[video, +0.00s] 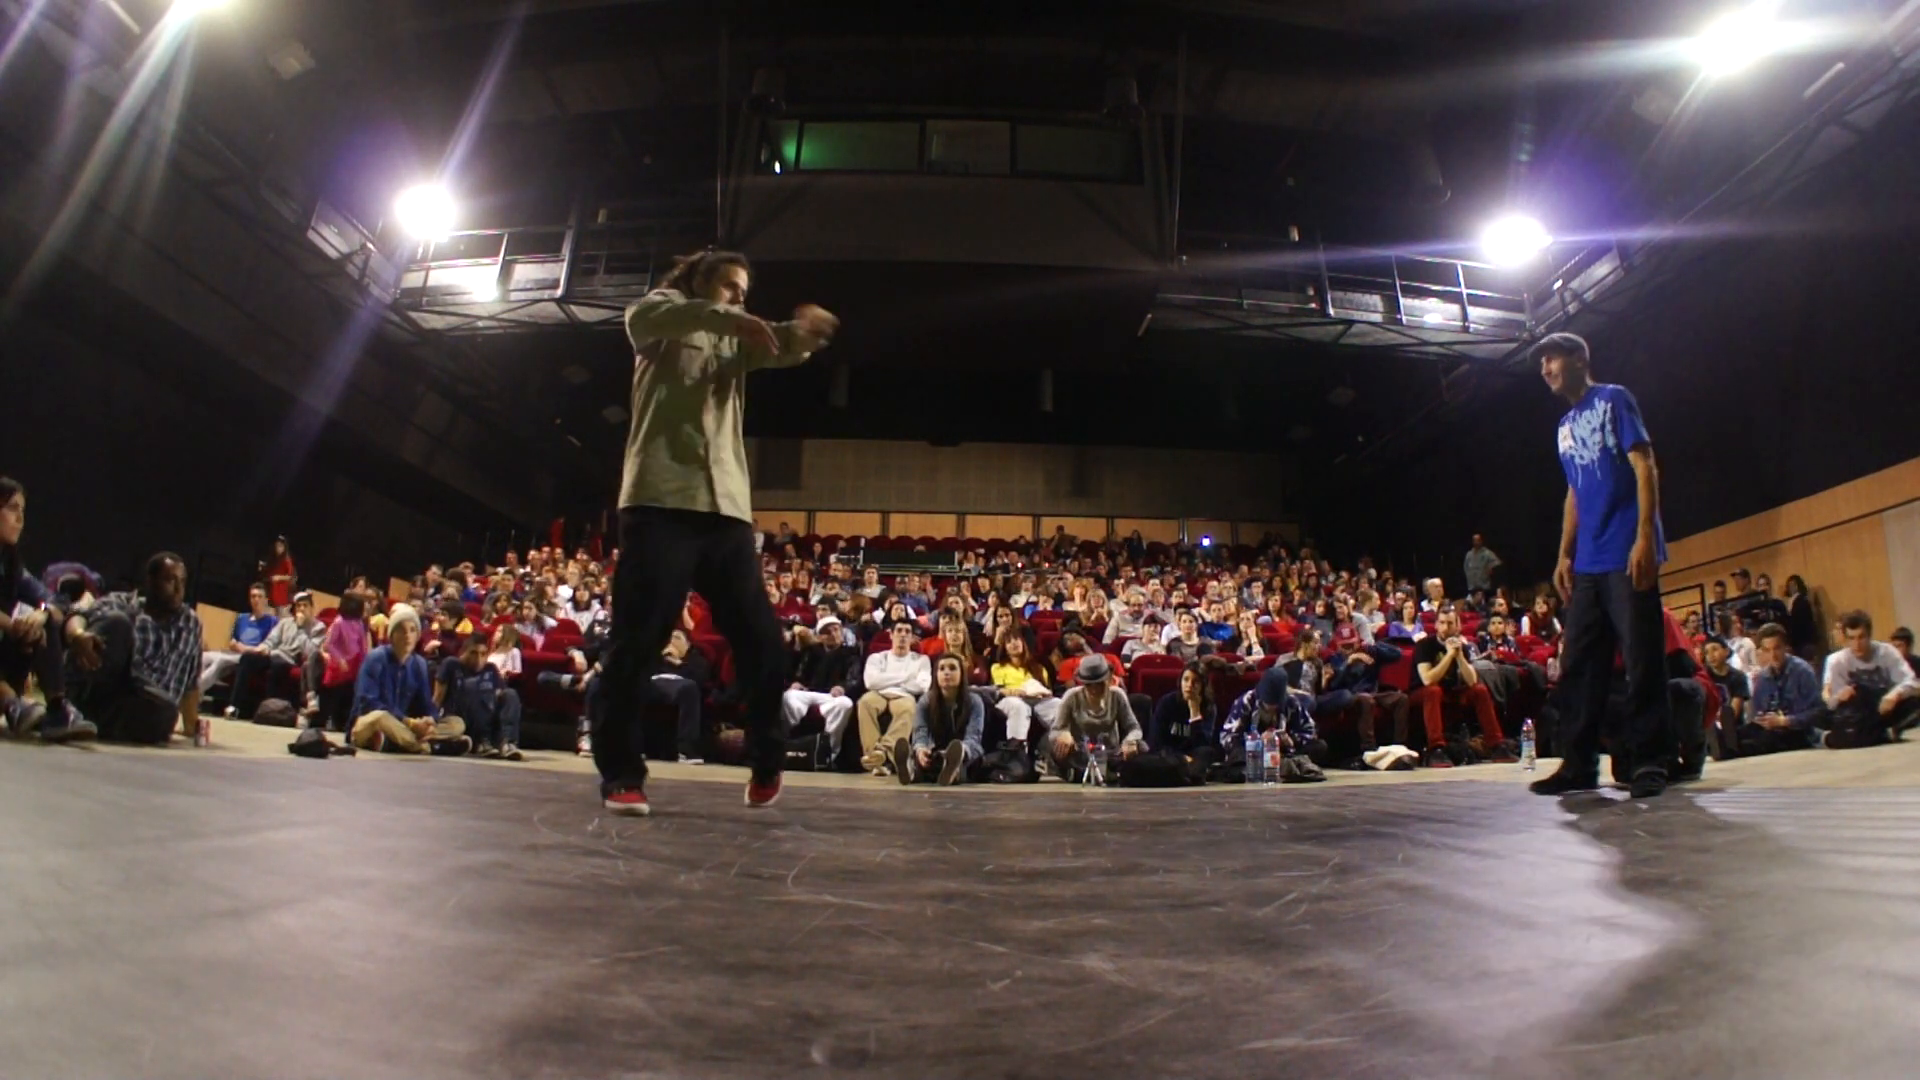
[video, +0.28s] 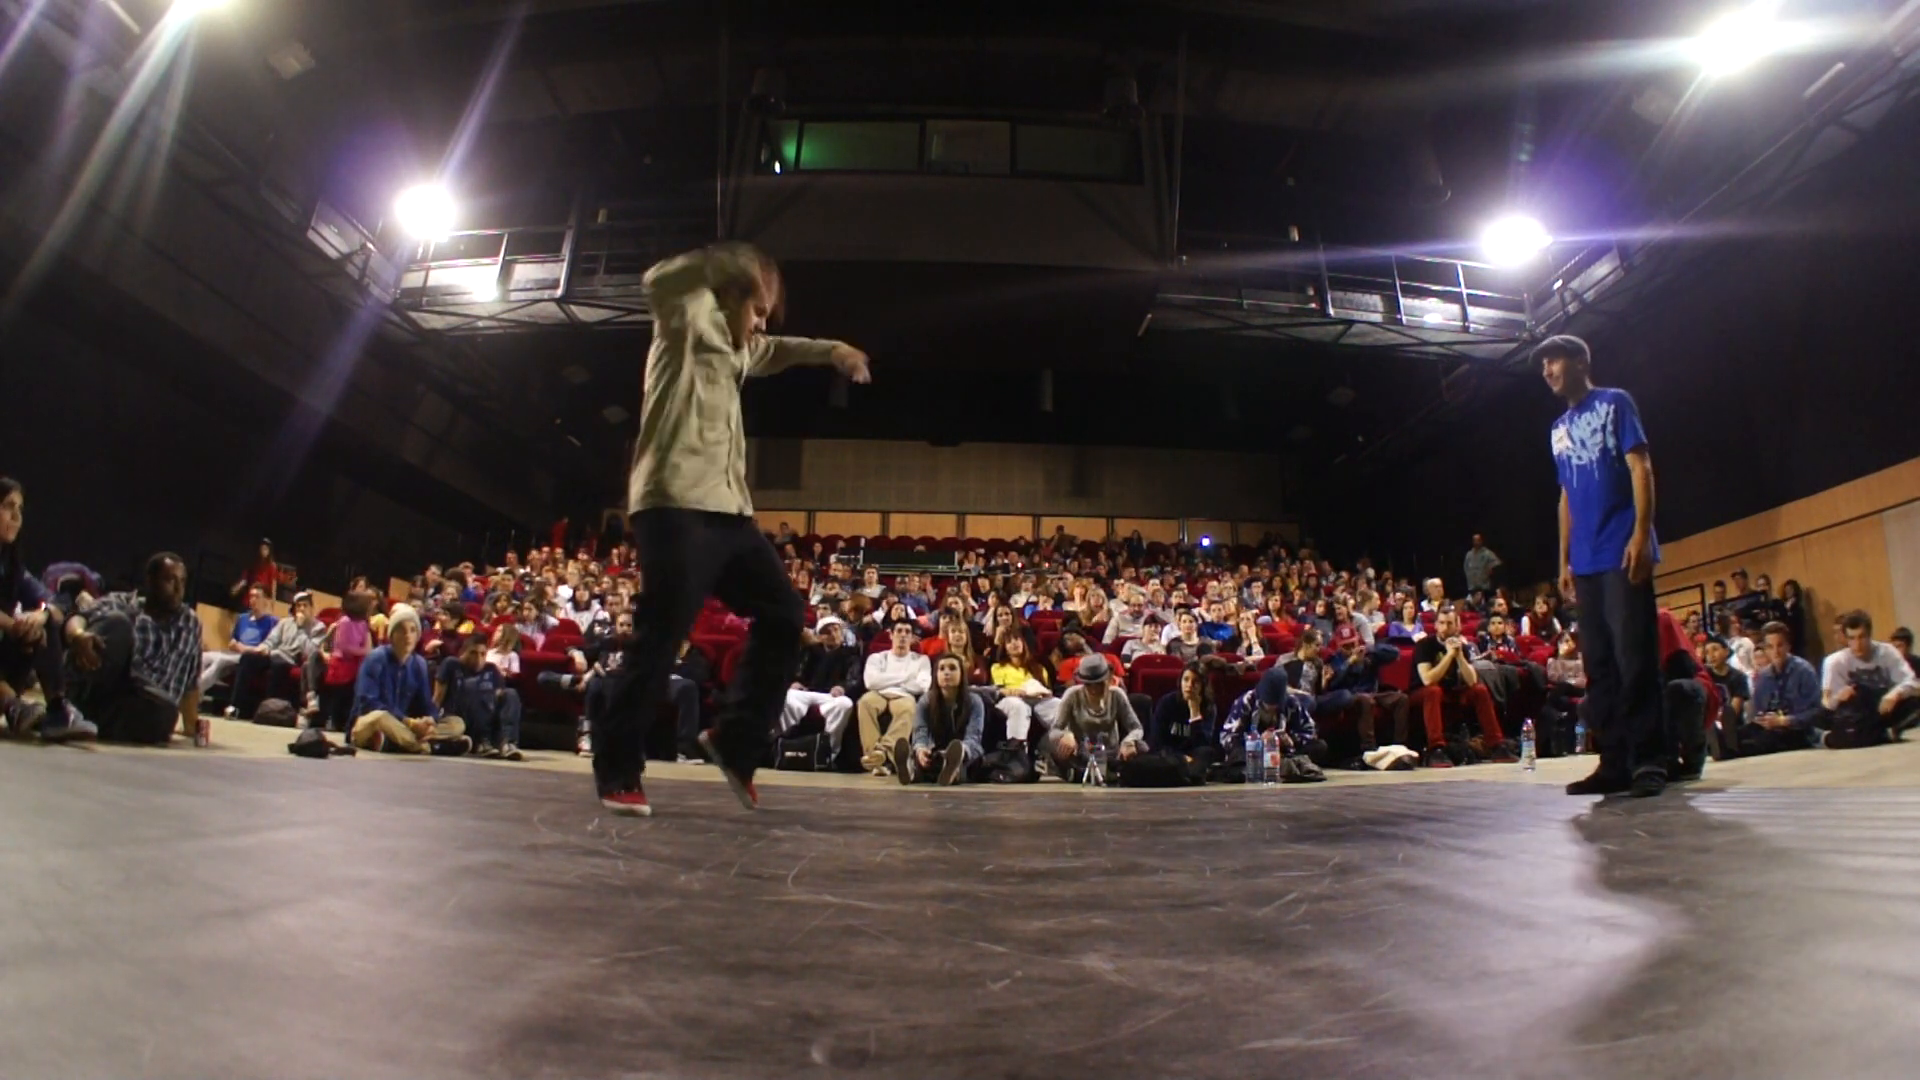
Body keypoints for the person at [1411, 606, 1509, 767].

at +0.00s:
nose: (1445, 627)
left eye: (1450, 623)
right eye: (1442, 623)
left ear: (1457, 626)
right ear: (1436, 625)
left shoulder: (1462, 646)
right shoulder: (1424, 645)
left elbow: (1472, 681)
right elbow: (1427, 678)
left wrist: (1459, 654)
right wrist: (1450, 655)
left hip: (1455, 692)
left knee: (1480, 690)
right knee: (1433, 691)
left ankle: (1497, 745)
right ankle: (1437, 749)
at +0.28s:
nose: (1445, 627)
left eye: (1450, 623)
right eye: (1441, 623)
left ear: (1457, 625)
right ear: (1436, 624)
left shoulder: (1462, 646)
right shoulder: (1424, 645)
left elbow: (1472, 681)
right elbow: (1427, 678)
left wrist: (1459, 655)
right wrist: (1449, 655)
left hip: (1454, 691)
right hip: (1427, 693)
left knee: (1480, 690)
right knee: (1433, 691)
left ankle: (1497, 745)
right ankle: (1436, 749)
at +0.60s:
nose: (1445, 628)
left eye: (1450, 623)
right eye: (1441, 623)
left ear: (1457, 626)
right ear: (1436, 624)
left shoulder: (1462, 646)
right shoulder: (1424, 645)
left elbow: (1471, 681)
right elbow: (1427, 678)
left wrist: (1459, 655)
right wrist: (1449, 655)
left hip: (1455, 692)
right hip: (1428, 693)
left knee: (1480, 690)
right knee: (1433, 691)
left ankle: (1497, 745)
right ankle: (1436, 749)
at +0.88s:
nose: (1445, 628)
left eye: (1450, 623)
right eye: (1441, 623)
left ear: (1457, 625)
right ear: (1436, 625)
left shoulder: (1462, 646)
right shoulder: (1424, 645)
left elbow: (1472, 681)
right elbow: (1427, 678)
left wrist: (1459, 654)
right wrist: (1449, 655)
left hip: (1455, 692)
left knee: (1480, 691)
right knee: (1433, 691)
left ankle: (1497, 745)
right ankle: (1437, 749)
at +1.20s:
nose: (1445, 628)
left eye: (1450, 623)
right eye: (1441, 623)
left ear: (1457, 626)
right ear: (1436, 624)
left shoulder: (1462, 646)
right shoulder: (1424, 646)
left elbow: (1471, 681)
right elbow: (1427, 678)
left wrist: (1459, 654)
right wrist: (1449, 655)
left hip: (1454, 693)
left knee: (1480, 691)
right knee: (1433, 691)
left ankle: (1497, 745)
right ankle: (1437, 749)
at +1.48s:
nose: (1445, 628)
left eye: (1450, 624)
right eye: (1441, 623)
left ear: (1456, 626)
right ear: (1435, 624)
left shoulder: (1461, 646)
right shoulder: (1424, 646)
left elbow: (1471, 681)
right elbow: (1427, 678)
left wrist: (1458, 655)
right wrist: (1449, 655)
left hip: (1455, 692)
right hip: (1429, 694)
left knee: (1481, 691)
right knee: (1433, 691)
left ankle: (1497, 746)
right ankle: (1436, 749)